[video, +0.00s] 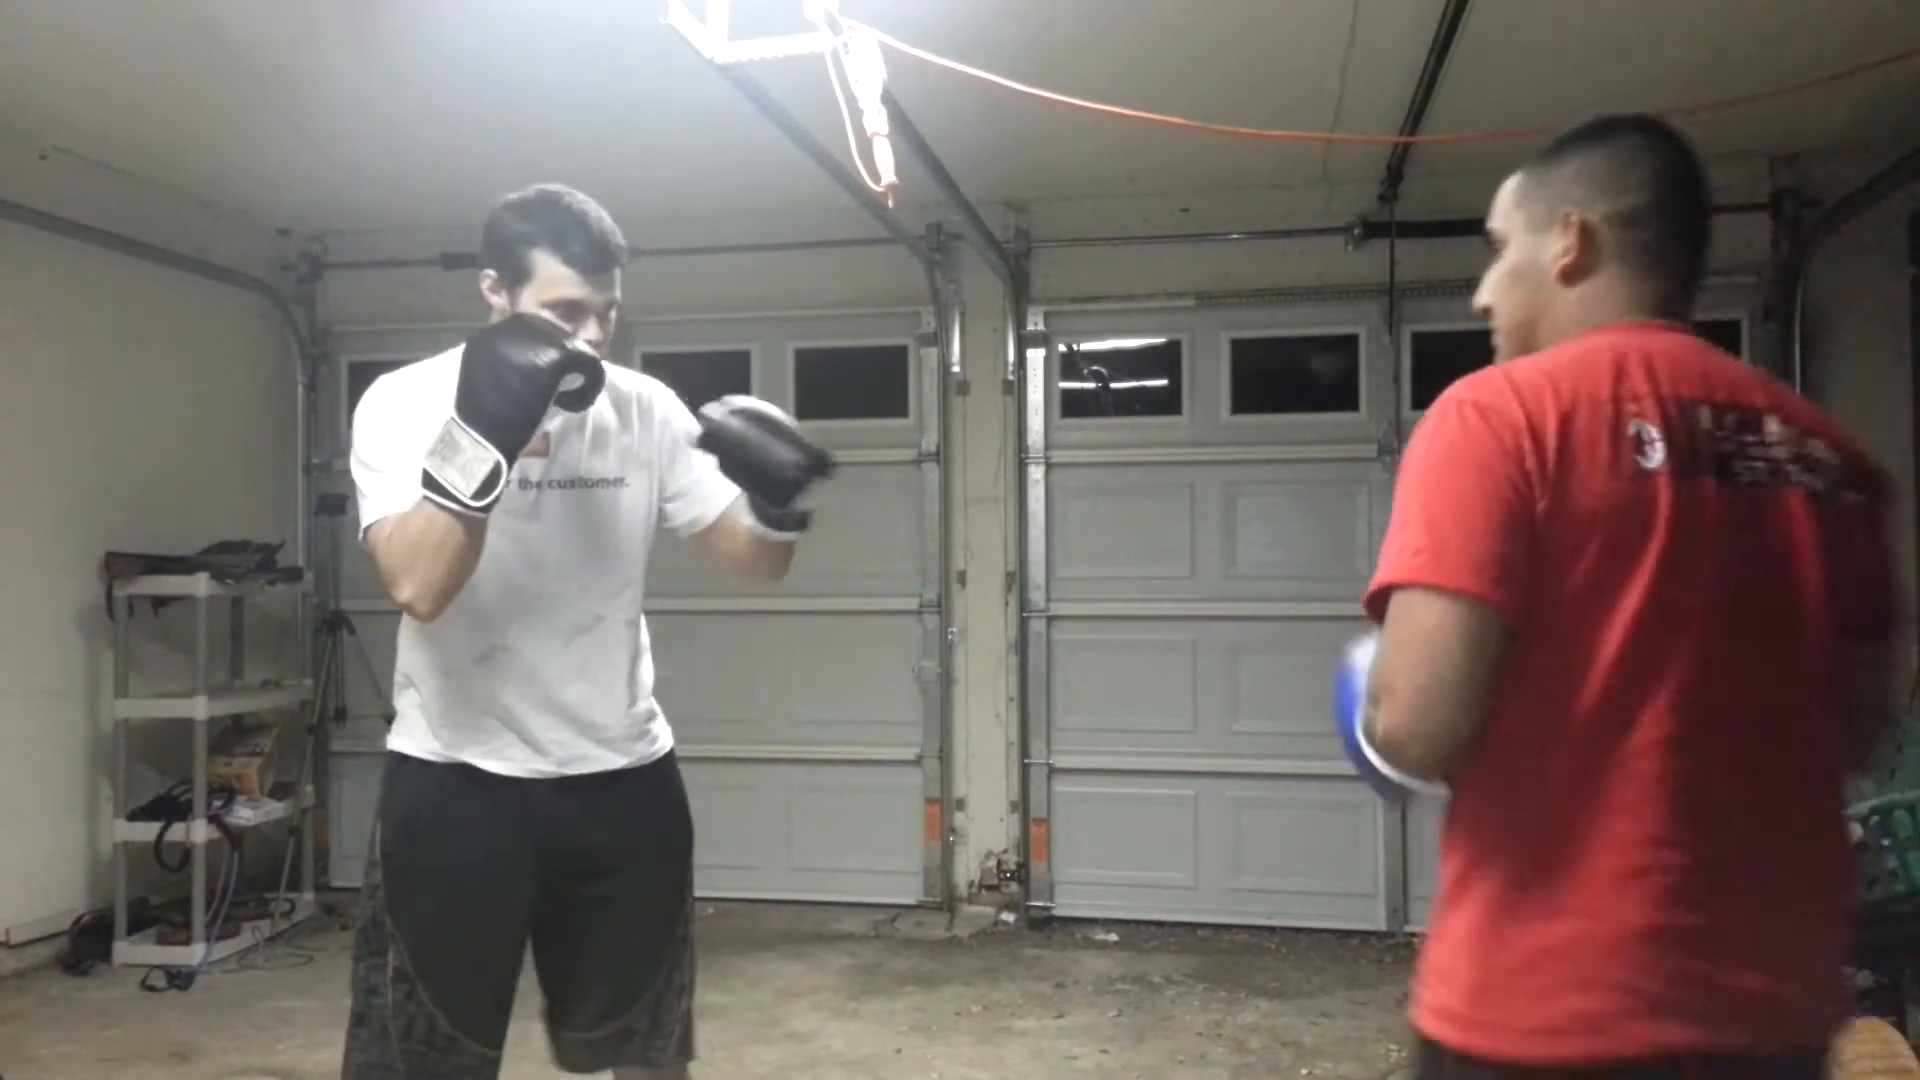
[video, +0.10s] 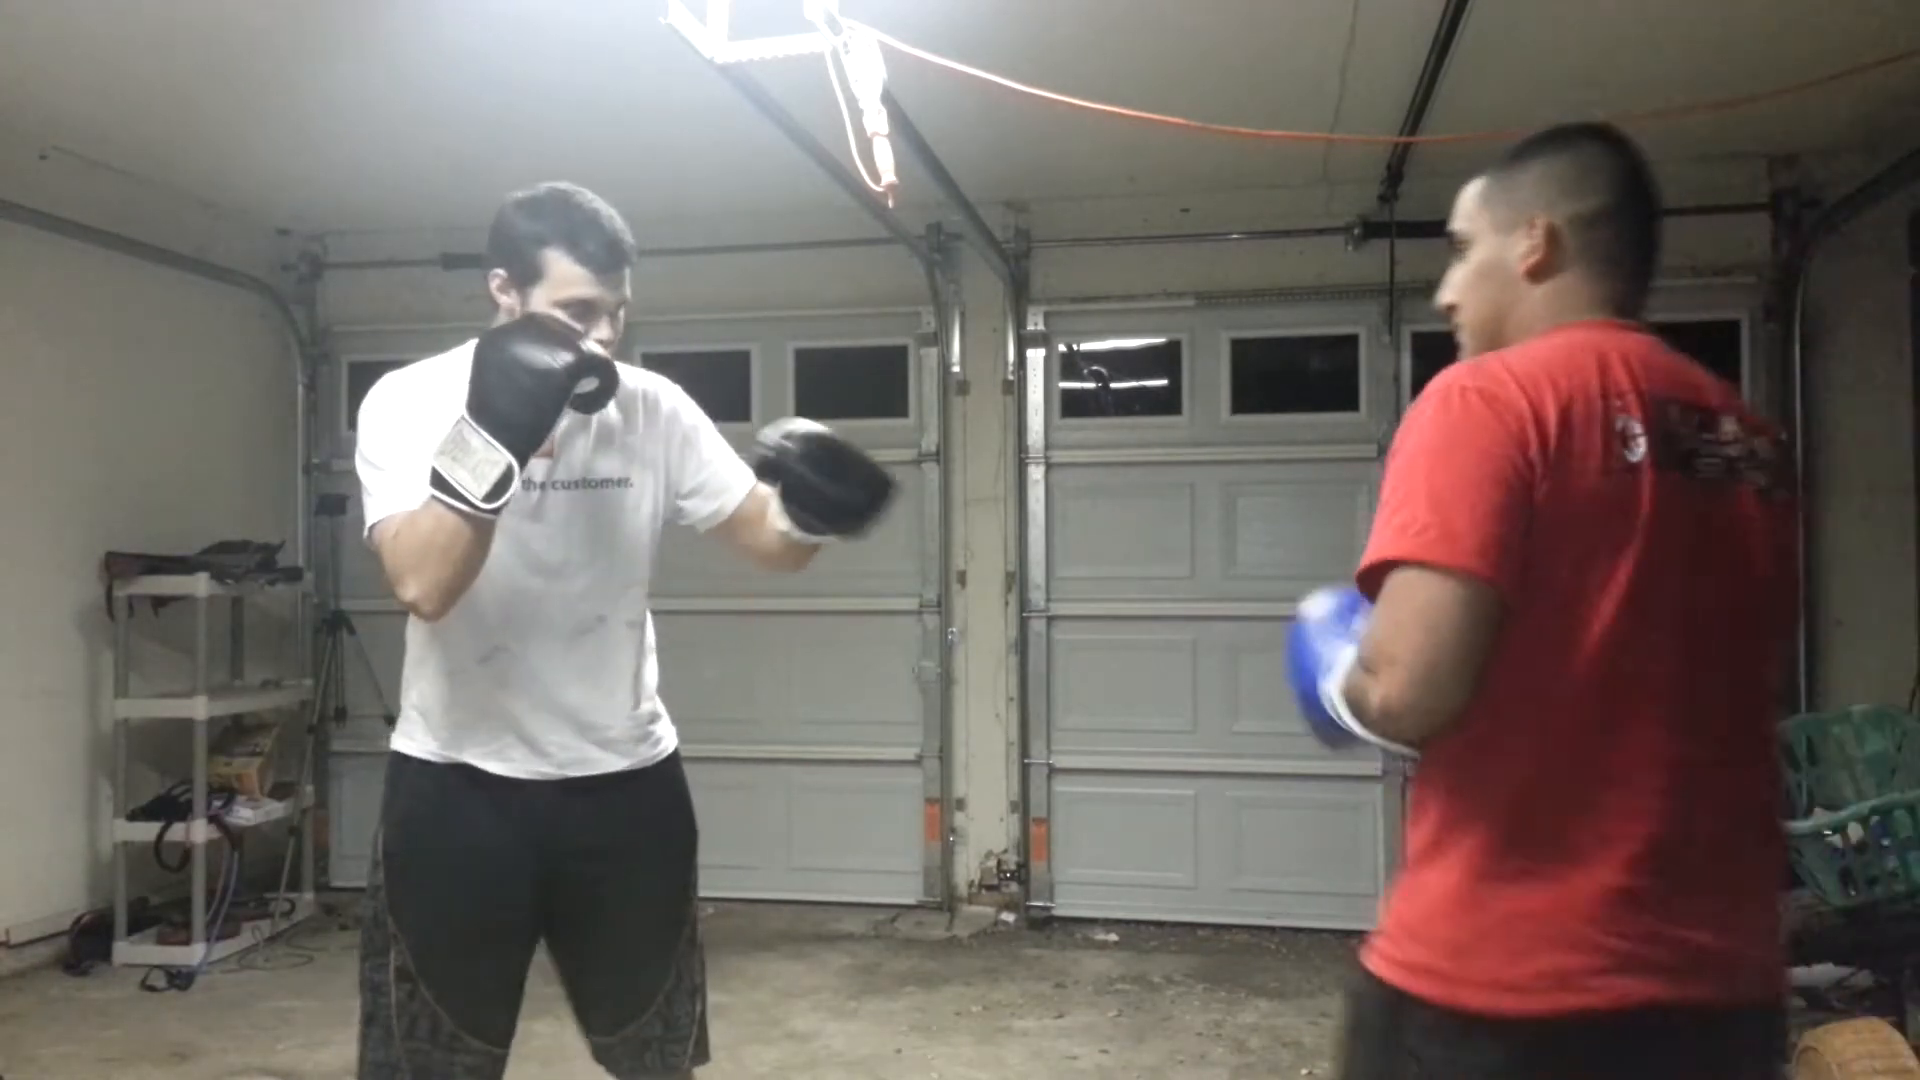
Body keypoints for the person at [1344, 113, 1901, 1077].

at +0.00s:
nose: (1481, 289)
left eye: (1498, 245)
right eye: (1489, 251)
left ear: (1570, 245)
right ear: (1680, 262)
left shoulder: (1498, 413)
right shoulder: (1834, 453)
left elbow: (1422, 730)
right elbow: (1861, 728)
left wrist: (1384, 677)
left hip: (1545, 1020)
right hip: (1773, 1018)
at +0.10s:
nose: (1442, 290)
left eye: (1459, 247)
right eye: (1450, 251)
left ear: (1536, 247)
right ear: (1625, 258)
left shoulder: (1489, 397)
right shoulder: (1750, 432)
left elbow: (1411, 694)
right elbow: (1742, 679)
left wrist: (1342, 662)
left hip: (1494, 1002)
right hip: (1716, 1001)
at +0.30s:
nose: (1348, 317)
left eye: (1367, 281)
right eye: (1355, 287)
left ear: (1442, 284)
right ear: (1457, 285)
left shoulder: (1430, 426)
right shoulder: (1589, 435)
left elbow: (1356, 679)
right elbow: (1508, 651)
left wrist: (1244, 603)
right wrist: (1332, 572)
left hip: (1422, 977)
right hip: (1596, 973)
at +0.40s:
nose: (1296, 334)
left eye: (1316, 301)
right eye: (1302, 304)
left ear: (1388, 309)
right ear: (1395, 308)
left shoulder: (1385, 450)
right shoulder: (1516, 446)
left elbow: (1271, 679)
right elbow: (1430, 637)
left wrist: (1189, 561)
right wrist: (1283, 541)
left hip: (1370, 970)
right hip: (1523, 960)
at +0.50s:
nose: (1244, 338)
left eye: (1263, 309)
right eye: (1249, 311)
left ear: (1332, 318)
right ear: (1334, 318)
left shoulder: (1333, 457)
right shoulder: (1449, 448)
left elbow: (1183, 662)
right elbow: (1347, 619)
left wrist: (1129, 521)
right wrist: (1224, 517)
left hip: (1307, 935)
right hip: (1443, 920)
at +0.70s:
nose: (1178, 337)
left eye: (1197, 310)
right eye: (1185, 312)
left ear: (1267, 321)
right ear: (1272, 323)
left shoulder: (1258, 450)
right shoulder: (1353, 443)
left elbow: (1066, 582)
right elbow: (1184, 574)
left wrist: (1048, 432)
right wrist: (1122, 460)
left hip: (1228, 891)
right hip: (1314, 876)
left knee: (1194, 1064)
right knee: (1272, 1065)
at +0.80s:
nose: (1159, 342)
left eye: (1177, 316)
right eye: (1164, 319)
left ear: (1243, 329)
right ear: (1248, 331)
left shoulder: (1244, 447)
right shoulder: (1303, 441)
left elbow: (1038, 547)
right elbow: (1132, 540)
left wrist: (1027, 405)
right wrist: (1082, 452)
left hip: (1203, 867)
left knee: (1172, 1066)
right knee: (1203, 1063)